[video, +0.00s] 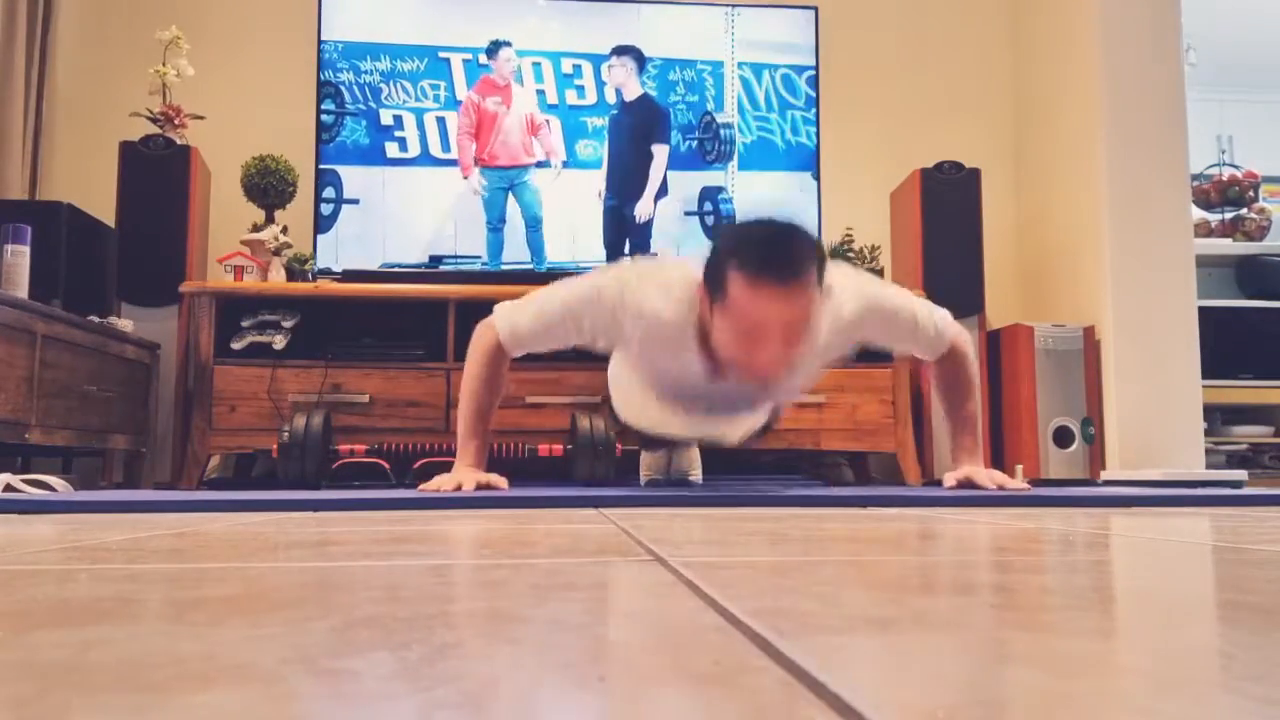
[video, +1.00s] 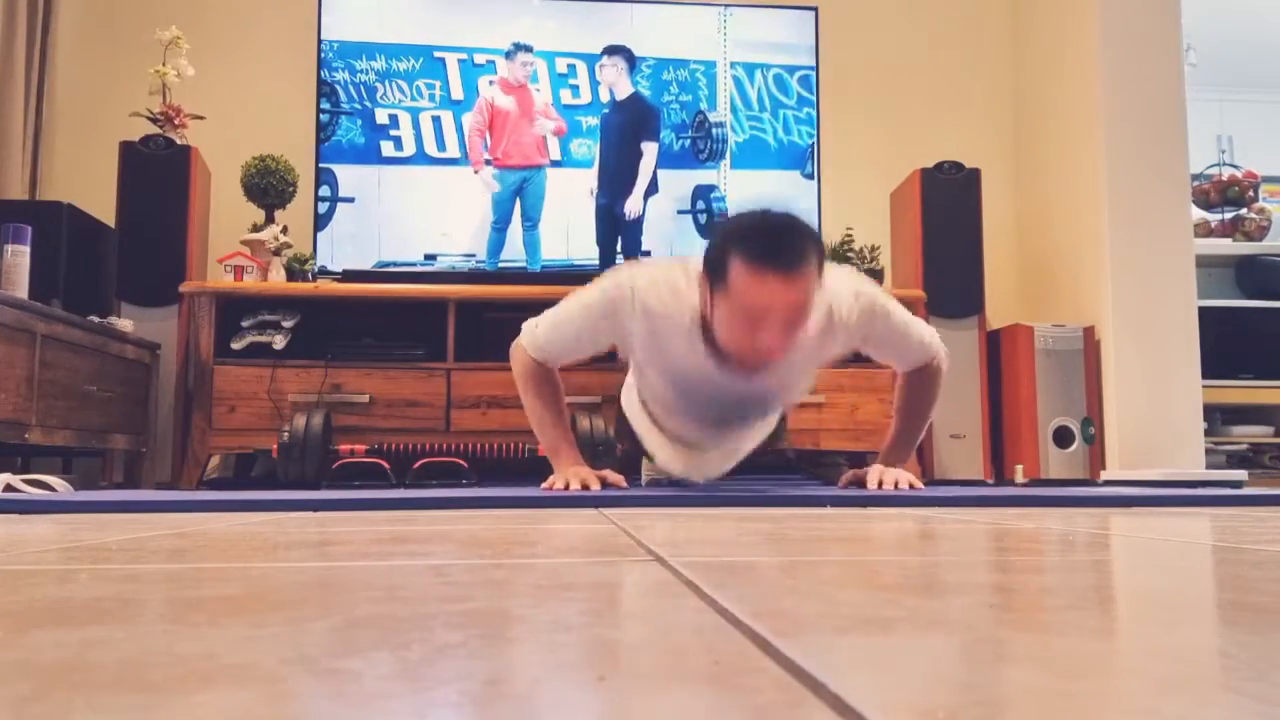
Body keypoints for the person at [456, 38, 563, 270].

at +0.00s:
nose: (514, 64)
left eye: (515, 59)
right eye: (508, 60)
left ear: (515, 60)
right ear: (493, 63)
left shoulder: (523, 94)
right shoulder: (476, 96)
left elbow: (539, 126)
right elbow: (464, 135)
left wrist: (552, 153)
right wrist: (469, 171)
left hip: (524, 170)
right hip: (492, 171)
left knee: (535, 218)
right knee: (495, 223)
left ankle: (540, 268)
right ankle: (494, 269)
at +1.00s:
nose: (529, 70)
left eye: (531, 65)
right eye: (524, 64)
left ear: (533, 66)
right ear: (508, 64)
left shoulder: (537, 96)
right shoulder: (491, 96)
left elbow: (562, 127)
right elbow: (475, 131)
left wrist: (552, 126)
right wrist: (480, 167)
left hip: (535, 170)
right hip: (505, 170)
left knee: (532, 223)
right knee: (500, 224)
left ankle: (535, 270)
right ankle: (490, 269)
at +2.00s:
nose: (546, 73)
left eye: (549, 68)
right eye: (541, 67)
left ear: (551, 67)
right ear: (526, 65)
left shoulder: (553, 95)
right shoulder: (509, 94)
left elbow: (572, 115)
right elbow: (494, 131)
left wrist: (583, 122)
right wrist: (529, 146)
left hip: (544, 168)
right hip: (515, 168)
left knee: (538, 218)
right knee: (506, 217)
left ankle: (538, 265)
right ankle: (496, 262)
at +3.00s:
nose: (527, 60)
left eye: (528, 55)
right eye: (522, 55)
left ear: (529, 57)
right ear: (507, 58)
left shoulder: (534, 86)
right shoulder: (494, 88)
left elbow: (551, 112)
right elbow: (479, 121)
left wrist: (554, 121)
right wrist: (507, 142)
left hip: (536, 159)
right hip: (508, 159)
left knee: (538, 210)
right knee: (506, 210)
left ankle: (545, 258)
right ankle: (503, 256)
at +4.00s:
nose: (535, 58)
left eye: (535, 53)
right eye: (530, 53)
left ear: (532, 55)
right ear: (515, 55)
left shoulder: (537, 83)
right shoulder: (499, 85)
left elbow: (557, 118)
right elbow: (486, 121)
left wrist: (551, 107)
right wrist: (517, 139)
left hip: (539, 156)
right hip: (511, 156)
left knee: (542, 205)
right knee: (506, 206)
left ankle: (536, 256)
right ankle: (499, 255)